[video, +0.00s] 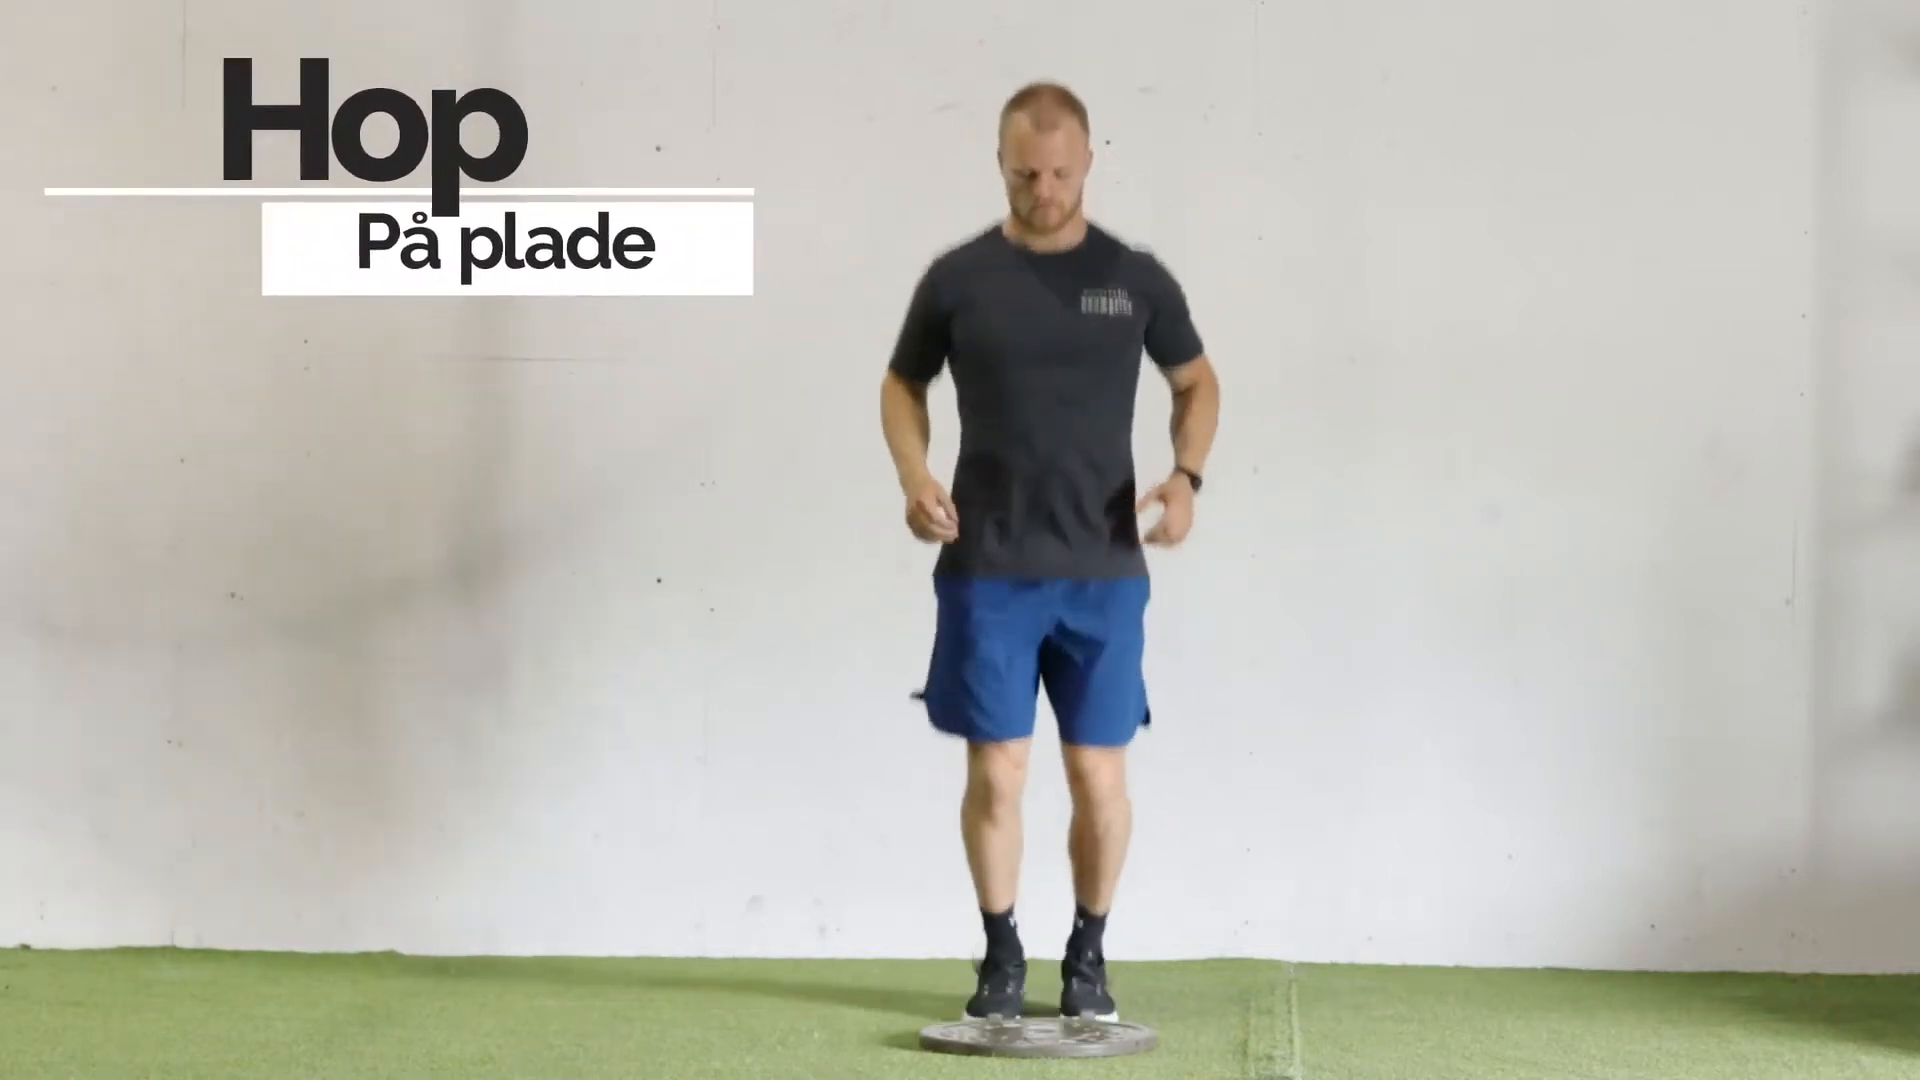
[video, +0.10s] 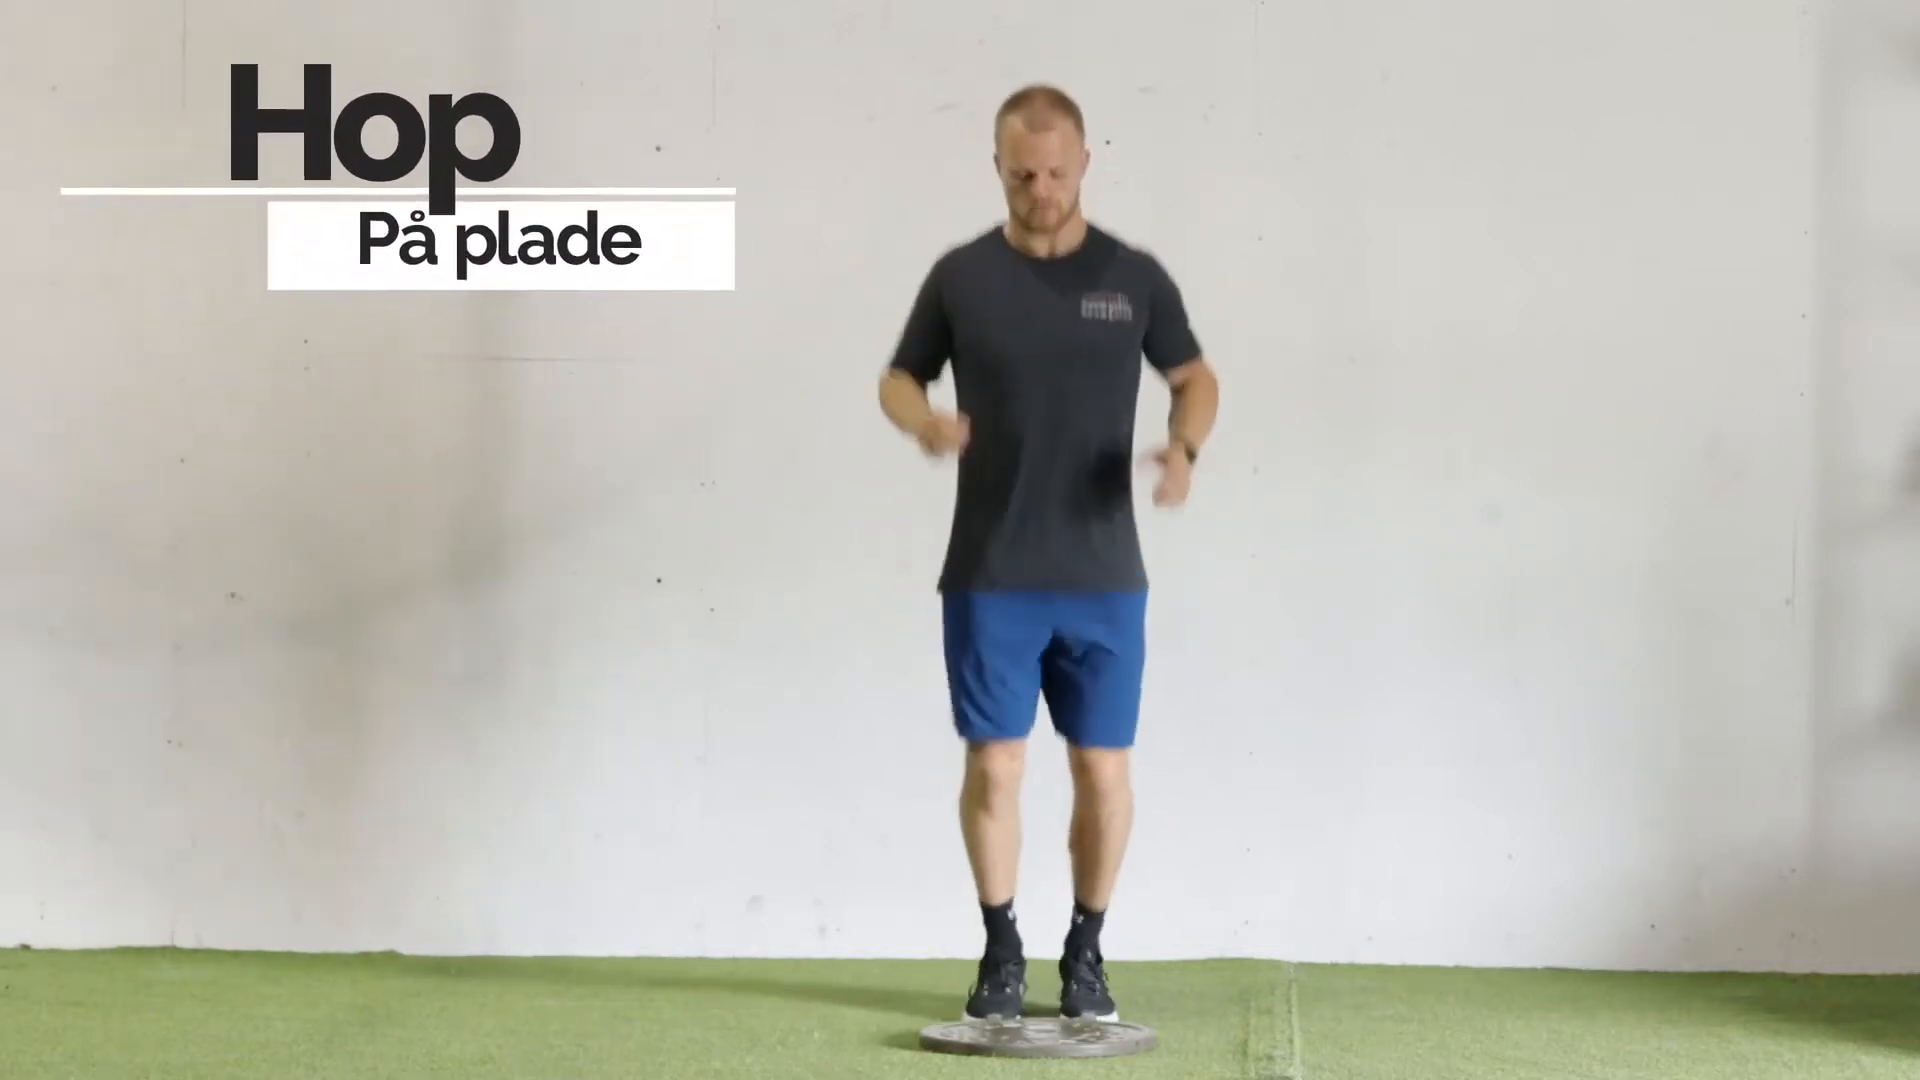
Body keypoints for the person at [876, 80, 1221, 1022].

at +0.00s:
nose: (1043, 189)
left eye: (1059, 172)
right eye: (1026, 173)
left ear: (1088, 163)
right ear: (1003, 167)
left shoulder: (1137, 278)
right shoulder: (955, 280)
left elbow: (1197, 384)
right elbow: (903, 386)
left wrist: (1184, 478)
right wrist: (915, 475)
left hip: (1103, 564)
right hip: (990, 562)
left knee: (1097, 773)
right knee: (995, 774)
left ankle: (1087, 959)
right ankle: (1002, 961)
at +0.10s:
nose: (1039, 189)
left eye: (1055, 171)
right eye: (1022, 173)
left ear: (1085, 164)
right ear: (999, 170)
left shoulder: (1134, 276)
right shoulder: (959, 277)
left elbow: (1195, 381)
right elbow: (897, 381)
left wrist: (1182, 447)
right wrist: (924, 422)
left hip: (1103, 567)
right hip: (993, 568)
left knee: (1102, 770)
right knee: (993, 769)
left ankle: (1085, 955)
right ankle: (1002, 956)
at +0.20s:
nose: (1038, 137)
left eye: (1054, 120)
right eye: (1022, 121)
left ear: (1085, 113)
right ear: (1000, 117)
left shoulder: (1134, 218)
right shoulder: (960, 216)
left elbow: (1207, 309)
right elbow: (882, 309)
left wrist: (1190, 359)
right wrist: (915, 338)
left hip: (1106, 505)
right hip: (996, 504)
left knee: (1107, 717)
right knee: (992, 714)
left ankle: (1095, 929)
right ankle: (994, 931)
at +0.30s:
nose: (1040, 107)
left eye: (1056, 90)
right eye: (1023, 91)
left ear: (1085, 82)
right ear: (1001, 84)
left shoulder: (1135, 182)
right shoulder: (958, 184)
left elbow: (1215, 257)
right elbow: (879, 263)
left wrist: (1211, 311)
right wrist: (888, 312)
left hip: (1110, 475)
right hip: (997, 475)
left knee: (1105, 693)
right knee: (1003, 689)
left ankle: (1088, 904)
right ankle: (1007, 902)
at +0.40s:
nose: (1039, 126)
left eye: (1055, 109)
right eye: (1022, 109)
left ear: (1085, 101)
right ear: (1000, 103)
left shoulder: (1134, 202)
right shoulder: (957, 206)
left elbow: (1206, 281)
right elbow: (887, 294)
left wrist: (1211, 340)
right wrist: (890, 369)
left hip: (1111, 493)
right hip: (1000, 493)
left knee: (1102, 711)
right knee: (1008, 711)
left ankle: (1083, 929)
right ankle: (1015, 927)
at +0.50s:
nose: (1041, 194)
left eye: (1057, 176)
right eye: (1023, 177)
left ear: (1084, 169)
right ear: (999, 173)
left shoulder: (1134, 281)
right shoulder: (957, 285)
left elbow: (1198, 378)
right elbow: (898, 394)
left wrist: (1198, 450)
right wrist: (899, 497)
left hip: (1112, 563)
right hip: (1001, 562)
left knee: (1099, 766)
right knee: (1014, 767)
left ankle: (1080, 970)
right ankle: (1027, 969)